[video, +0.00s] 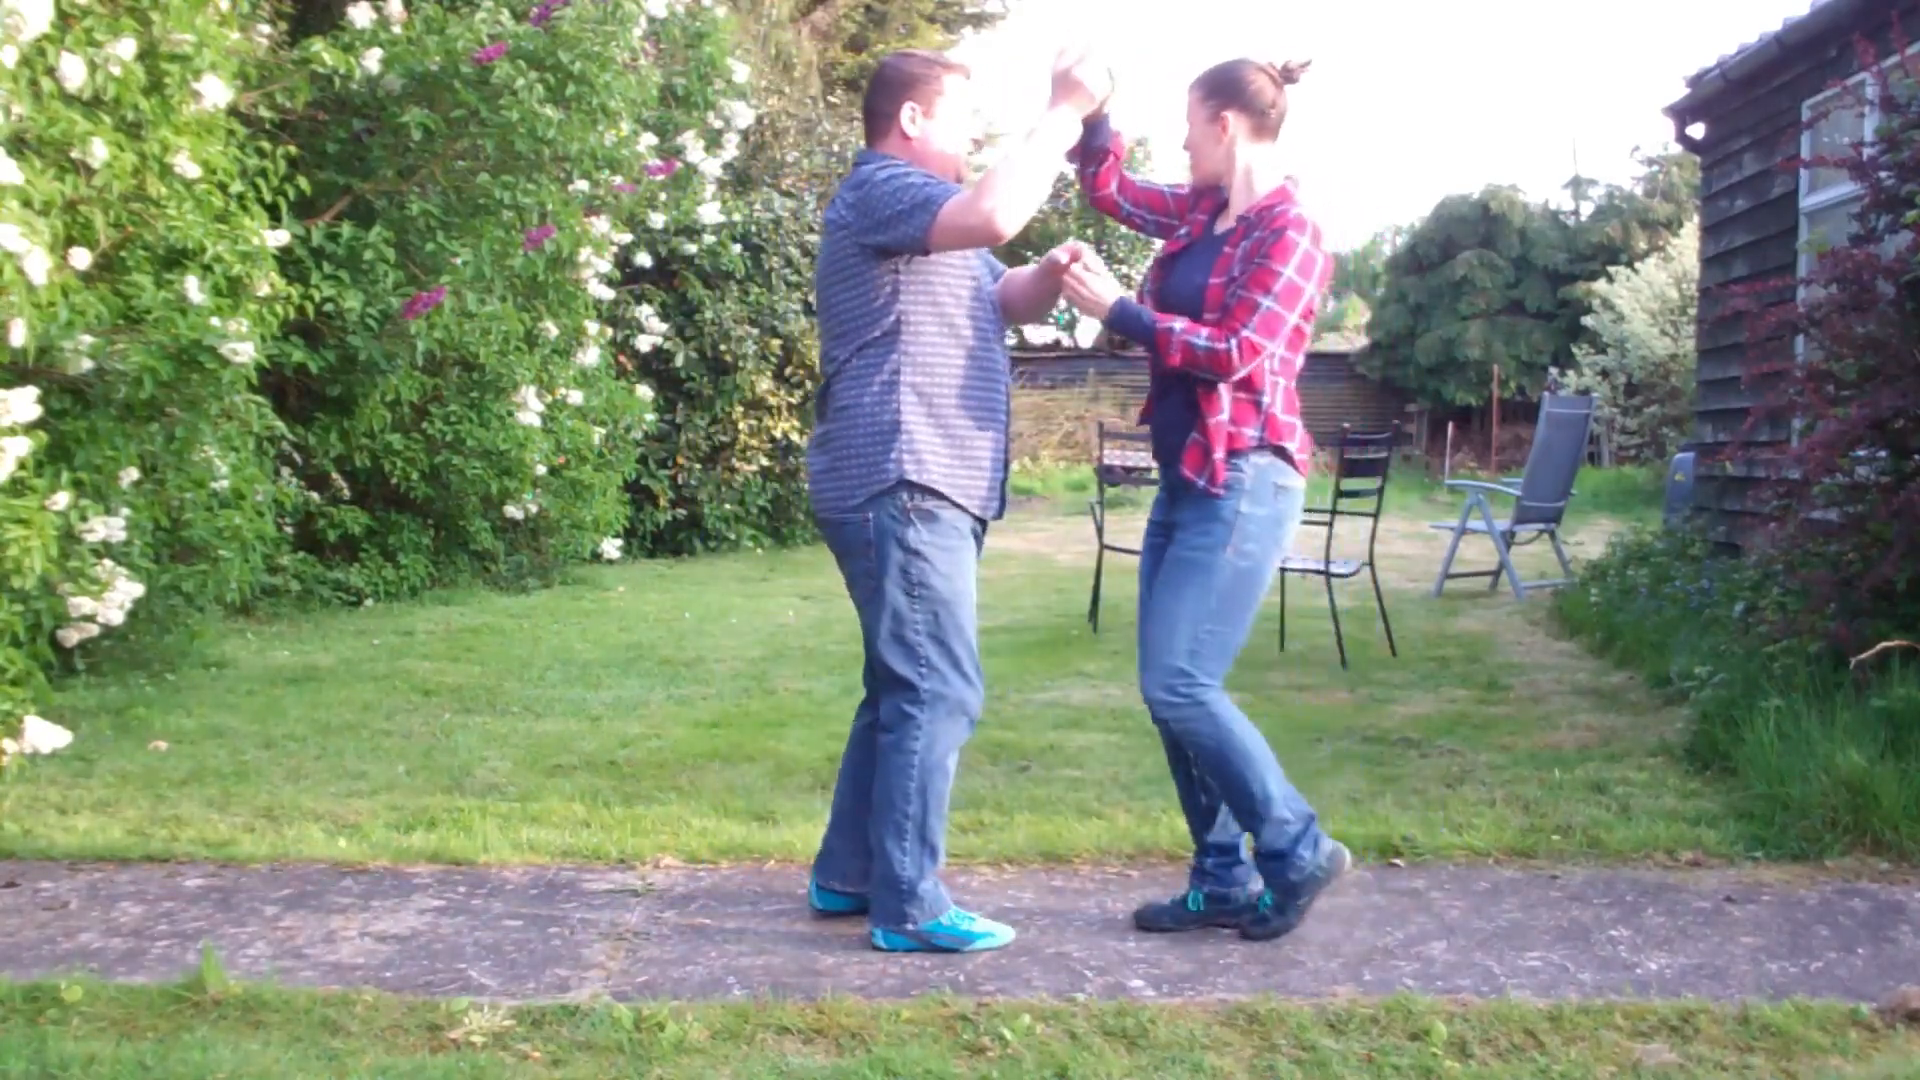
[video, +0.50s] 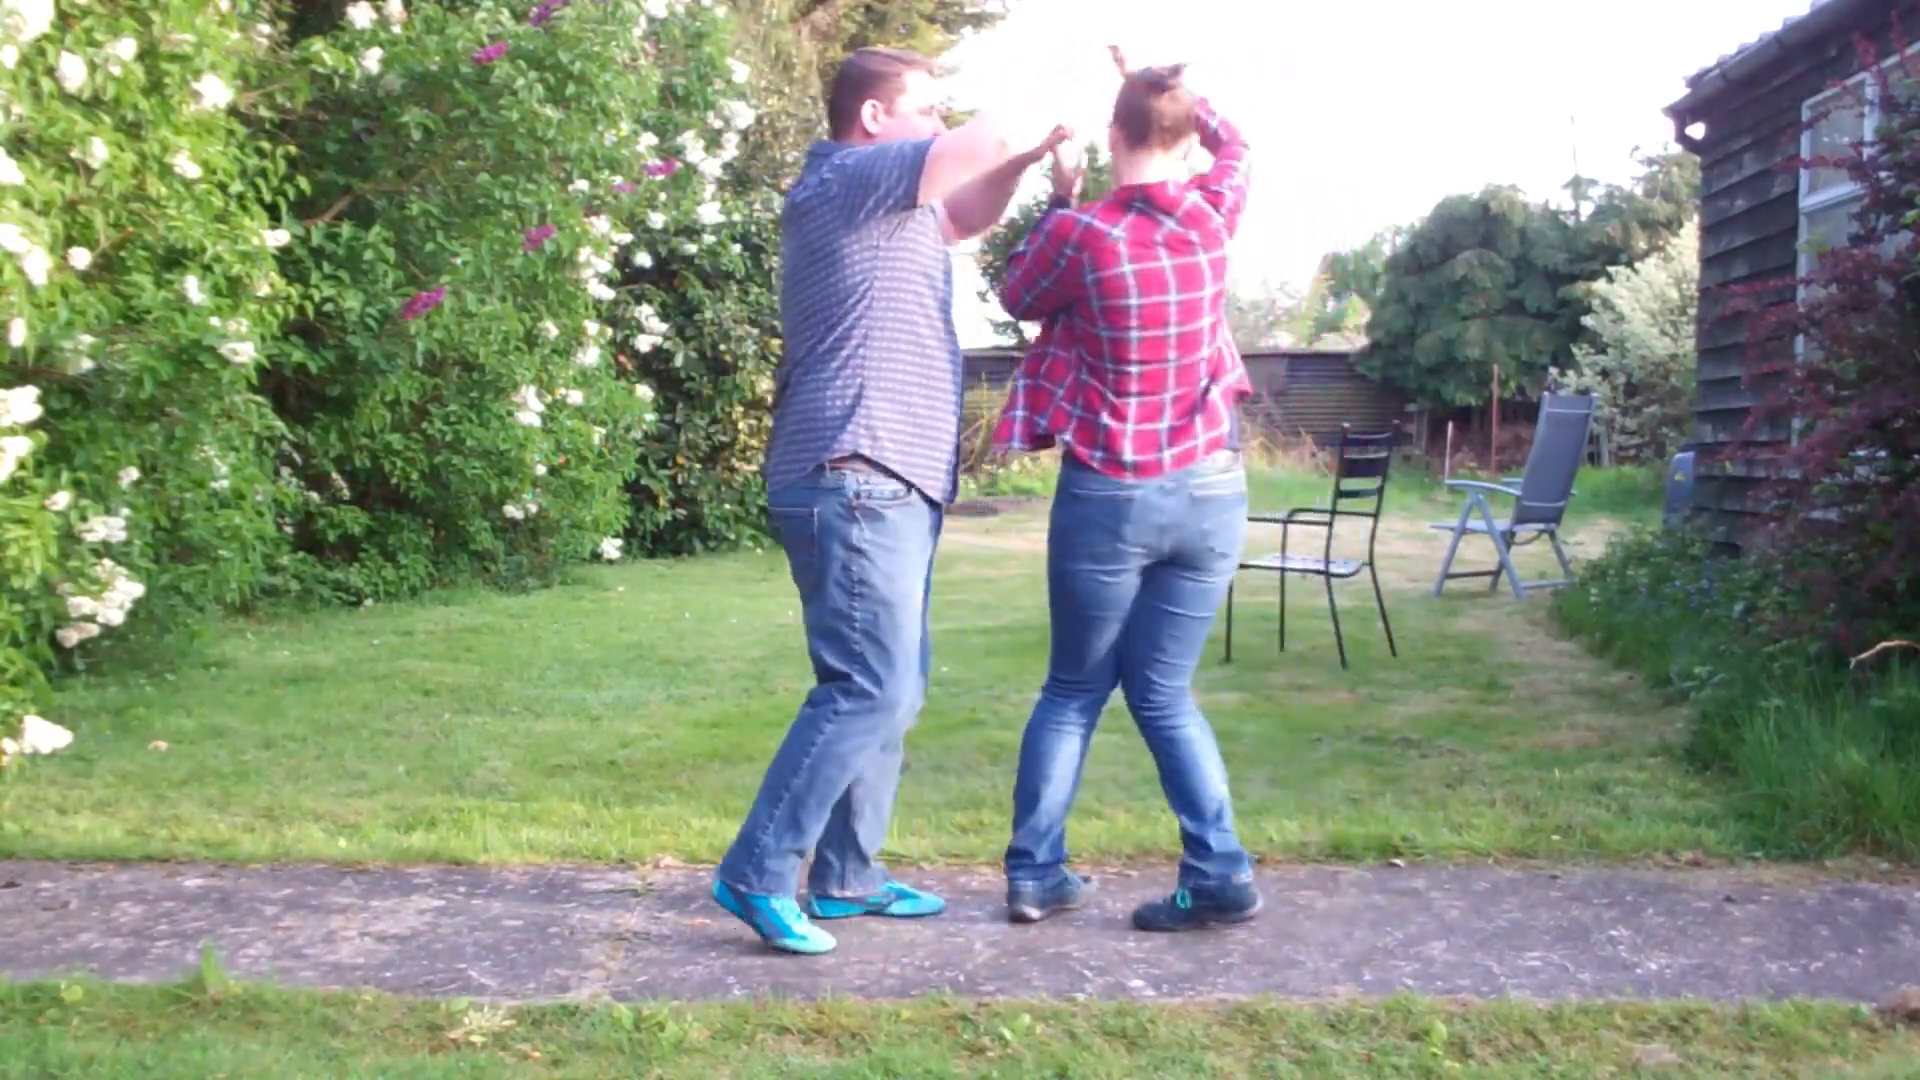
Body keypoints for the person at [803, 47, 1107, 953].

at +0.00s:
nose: (978, 130)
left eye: (978, 115)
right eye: (965, 112)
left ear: (909, 121)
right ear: (913, 118)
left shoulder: (927, 207)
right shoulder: (878, 190)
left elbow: (994, 303)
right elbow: (989, 212)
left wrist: (1054, 270)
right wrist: (1062, 116)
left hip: (928, 481)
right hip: (896, 480)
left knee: (903, 687)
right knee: (939, 690)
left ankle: (848, 874)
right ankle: (908, 905)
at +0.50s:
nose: (939, 124)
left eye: (937, 110)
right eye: (925, 110)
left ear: (871, 115)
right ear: (874, 114)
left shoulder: (887, 195)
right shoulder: (840, 179)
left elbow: (961, 215)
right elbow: (971, 146)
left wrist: (1027, 159)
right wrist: (1028, 126)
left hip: (895, 480)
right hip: (854, 476)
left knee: (892, 688)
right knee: (871, 689)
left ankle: (845, 873)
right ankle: (757, 871)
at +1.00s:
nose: (911, 121)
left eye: (915, 106)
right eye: (895, 105)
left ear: (899, 123)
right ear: (839, 110)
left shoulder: (889, 197)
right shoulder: (792, 182)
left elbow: (983, 131)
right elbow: (910, 119)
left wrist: (1050, 47)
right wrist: (1015, 36)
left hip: (867, 498)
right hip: (798, 486)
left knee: (857, 694)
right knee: (804, 693)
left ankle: (807, 871)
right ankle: (739, 893)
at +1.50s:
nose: (936, 143)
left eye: (935, 126)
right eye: (923, 124)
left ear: (875, 123)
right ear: (867, 123)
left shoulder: (897, 196)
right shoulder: (831, 209)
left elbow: (994, 204)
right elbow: (869, 365)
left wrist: (1033, 153)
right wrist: (957, 419)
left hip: (852, 470)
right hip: (811, 470)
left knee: (805, 679)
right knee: (880, 666)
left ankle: (788, 879)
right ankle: (880, 883)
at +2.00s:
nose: (1014, 125)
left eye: (1012, 110)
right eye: (999, 108)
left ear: (956, 120)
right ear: (948, 117)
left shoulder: (978, 220)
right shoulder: (911, 183)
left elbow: (1003, 350)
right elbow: (1044, 162)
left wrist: (1092, 365)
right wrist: (1111, 120)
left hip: (971, 478)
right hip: (921, 471)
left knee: (979, 673)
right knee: (958, 680)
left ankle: (847, 822)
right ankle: (951, 889)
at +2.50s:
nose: (1071, 125)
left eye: (1086, 113)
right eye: (1053, 112)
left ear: (1107, 134)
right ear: (1022, 125)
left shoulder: (1112, 229)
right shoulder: (980, 196)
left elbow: (1130, 357)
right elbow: (1007, 84)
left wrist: (1143, 456)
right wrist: (1032, 63)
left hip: (1104, 507)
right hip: (1003, 499)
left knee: (1120, 689)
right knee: (1046, 687)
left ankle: (1095, 861)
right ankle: (1000, 874)